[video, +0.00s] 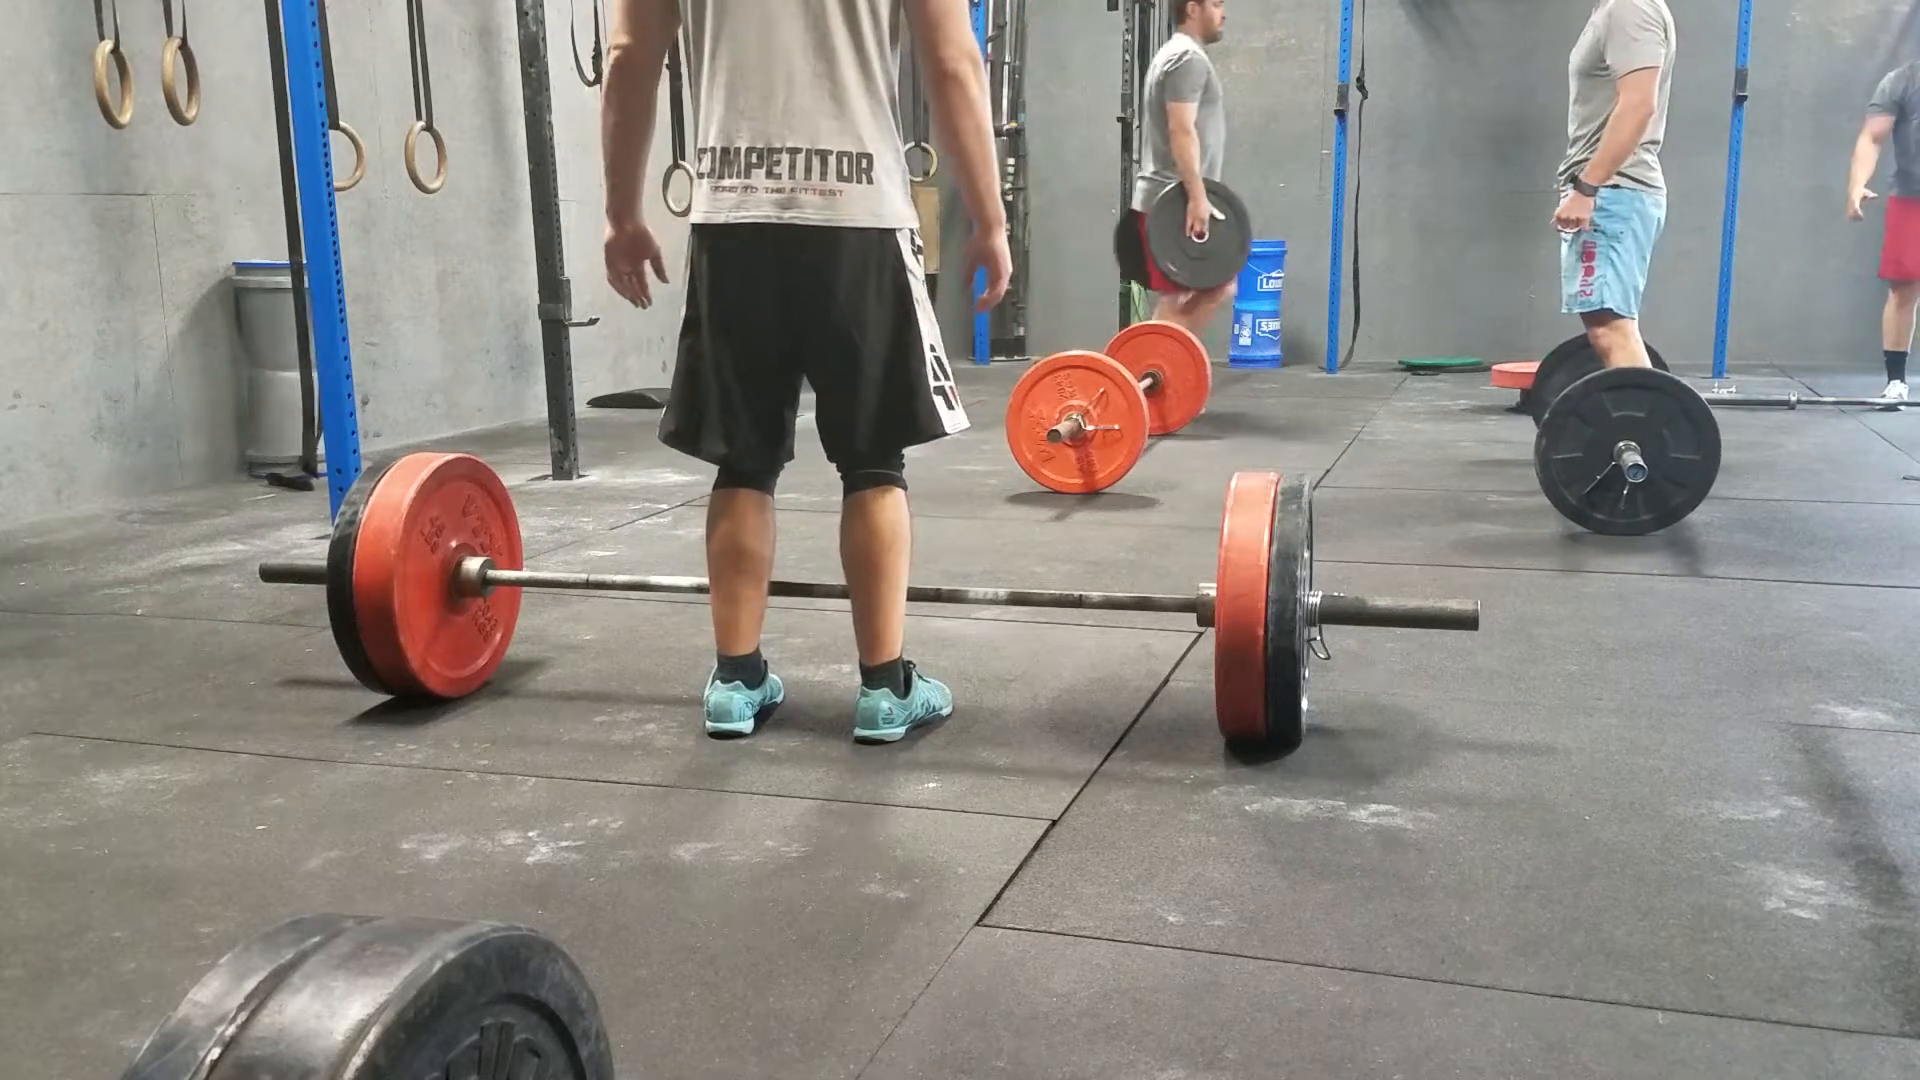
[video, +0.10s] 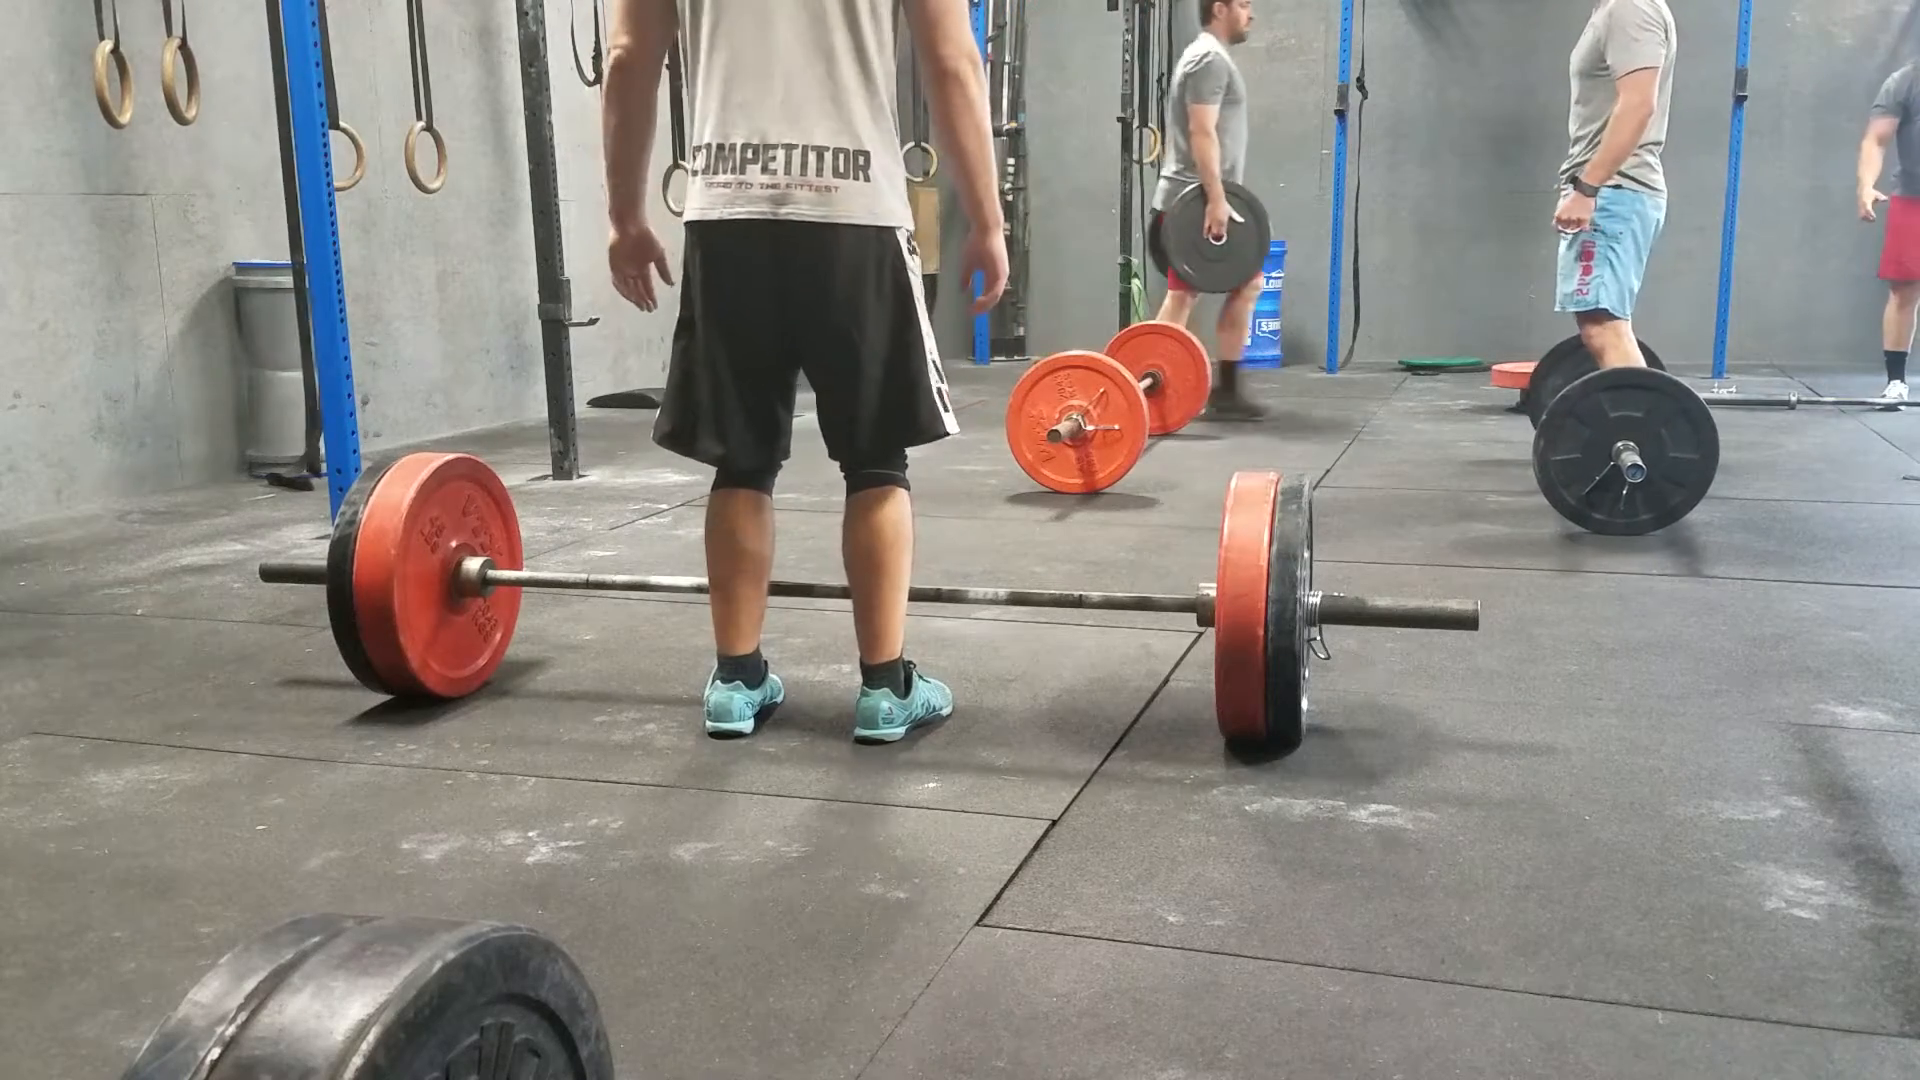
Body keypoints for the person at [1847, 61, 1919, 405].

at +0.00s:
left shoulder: (1902, 81)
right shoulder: (1902, 81)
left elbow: (1872, 137)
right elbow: (1871, 136)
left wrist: (1859, 183)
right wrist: (1857, 182)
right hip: (1909, 200)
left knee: (1905, 292)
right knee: (1903, 290)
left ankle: (1897, 380)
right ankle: (1896, 382)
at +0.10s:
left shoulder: (1904, 82)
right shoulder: (1904, 81)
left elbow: (1875, 139)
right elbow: (1875, 138)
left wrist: (1868, 184)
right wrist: (1866, 185)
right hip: (1909, 200)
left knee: (1905, 292)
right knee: (1904, 291)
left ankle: (1897, 380)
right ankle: (1896, 381)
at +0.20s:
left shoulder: (1907, 85)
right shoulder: (1907, 84)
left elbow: (1882, 144)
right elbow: (1882, 143)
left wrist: (1875, 193)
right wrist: (1874, 193)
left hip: (1910, 202)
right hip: (1910, 201)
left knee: (1904, 292)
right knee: (1904, 292)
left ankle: (1898, 381)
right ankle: (1896, 381)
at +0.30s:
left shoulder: (1911, 90)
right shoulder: (1912, 89)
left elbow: (1892, 148)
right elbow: (1892, 148)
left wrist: (1880, 202)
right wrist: (1879, 203)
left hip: (1912, 201)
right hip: (1914, 201)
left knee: (1907, 291)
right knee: (1907, 290)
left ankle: (1897, 380)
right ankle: (1896, 381)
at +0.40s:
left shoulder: (1916, 96)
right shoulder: (1918, 95)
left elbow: (1899, 156)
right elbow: (1899, 156)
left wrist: (1882, 216)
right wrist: (1881, 215)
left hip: (1916, 209)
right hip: (1918, 208)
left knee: (1912, 291)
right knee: (1913, 289)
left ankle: (1898, 380)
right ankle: (1897, 381)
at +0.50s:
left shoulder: (1916, 118)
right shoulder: (1919, 116)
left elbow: (1903, 169)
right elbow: (1903, 168)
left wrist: (1885, 231)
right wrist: (1883, 230)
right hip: (1918, 218)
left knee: (1912, 293)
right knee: (1913, 291)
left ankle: (1899, 379)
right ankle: (1898, 380)